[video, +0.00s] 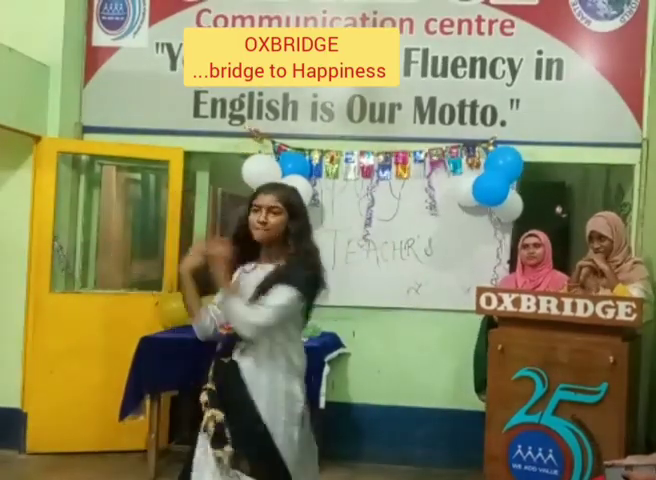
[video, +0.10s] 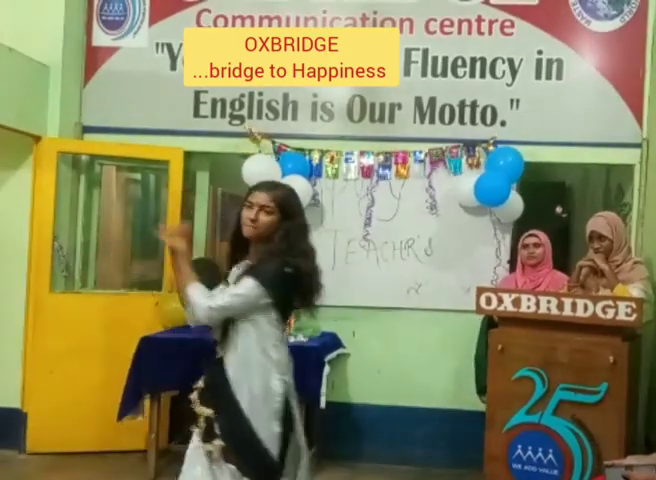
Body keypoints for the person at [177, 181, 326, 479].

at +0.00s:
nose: (262, 218)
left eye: (273, 212)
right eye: (257, 210)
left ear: (292, 222)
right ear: (248, 216)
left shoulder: (300, 273)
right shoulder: (244, 272)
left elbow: (255, 324)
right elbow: (206, 327)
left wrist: (223, 278)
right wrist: (186, 275)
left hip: (272, 390)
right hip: (233, 385)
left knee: (271, 467)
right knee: (220, 466)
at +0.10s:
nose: (252, 216)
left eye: (265, 211)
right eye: (249, 207)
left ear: (284, 223)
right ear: (241, 211)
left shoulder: (280, 272)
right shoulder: (243, 268)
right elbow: (200, 314)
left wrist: (182, 256)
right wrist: (181, 260)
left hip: (260, 387)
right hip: (233, 379)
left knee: (250, 466)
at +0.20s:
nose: (240, 214)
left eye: (253, 211)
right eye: (238, 205)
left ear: (272, 224)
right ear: (232, 207)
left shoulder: (253, 266)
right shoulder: (240, 260)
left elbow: (184, 298)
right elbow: (188, 306)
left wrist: (158, 266)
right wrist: (158, 262)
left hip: (243, 378)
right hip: (224, 372)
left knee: (252, 463)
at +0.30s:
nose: (224, 220)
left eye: (237, 218)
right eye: (225, 211)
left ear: (256, 232)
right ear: (219, 212)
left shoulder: (235, 274)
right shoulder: (217, 268)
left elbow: (160, 293)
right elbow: (178, 314)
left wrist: (126, 260)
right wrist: (137, 265)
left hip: (226, 387)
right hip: (204, 384)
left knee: (238, 469)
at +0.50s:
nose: (197, 214)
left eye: (210, 213)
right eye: (197, 205)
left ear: (230, 226)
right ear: (192, 206)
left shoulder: (221, 266)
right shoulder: (202, 262)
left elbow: (171, 317)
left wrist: (131, 283)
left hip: (220, 385)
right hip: (197, 381)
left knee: (227, 469)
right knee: (180, 465)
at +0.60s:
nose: (203, 224)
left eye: (214, 217)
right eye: (196, 214)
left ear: (227, 224)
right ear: (183, 218)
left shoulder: (229, 266)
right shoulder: (189, 269)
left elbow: (208, 319)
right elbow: (168, 335)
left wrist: (171, 282)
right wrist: (133, 299)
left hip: (228, 385)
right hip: (194, 383)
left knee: (238, 469)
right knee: (172, 465)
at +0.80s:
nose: (233, 223)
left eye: (240, 214)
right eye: (223, 215)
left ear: (251, 219)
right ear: (207, 221)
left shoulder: (262, 266)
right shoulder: (200, 269)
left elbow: (273, 312)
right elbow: (186, 335)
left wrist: (267, 251)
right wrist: (190, 289)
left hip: (251, 370)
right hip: (206, 369)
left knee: (249, 459)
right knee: (192, 456)